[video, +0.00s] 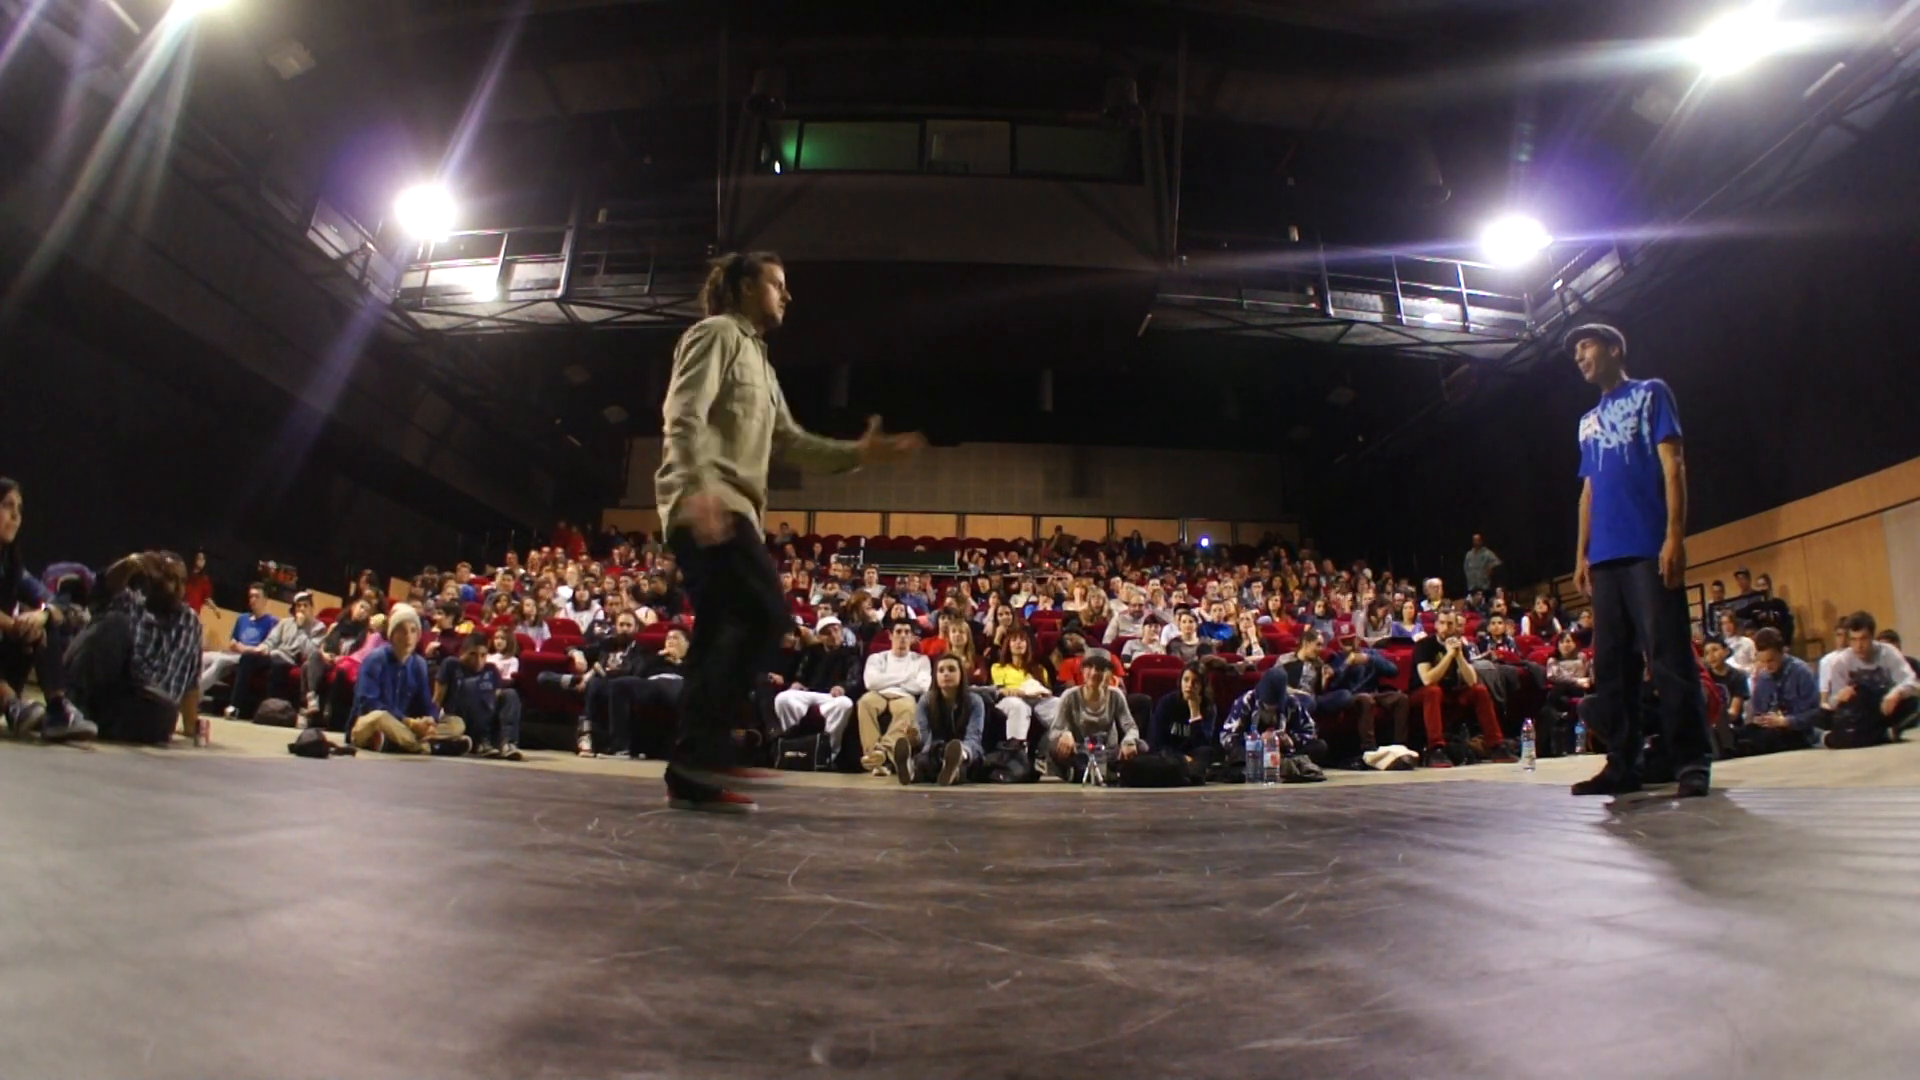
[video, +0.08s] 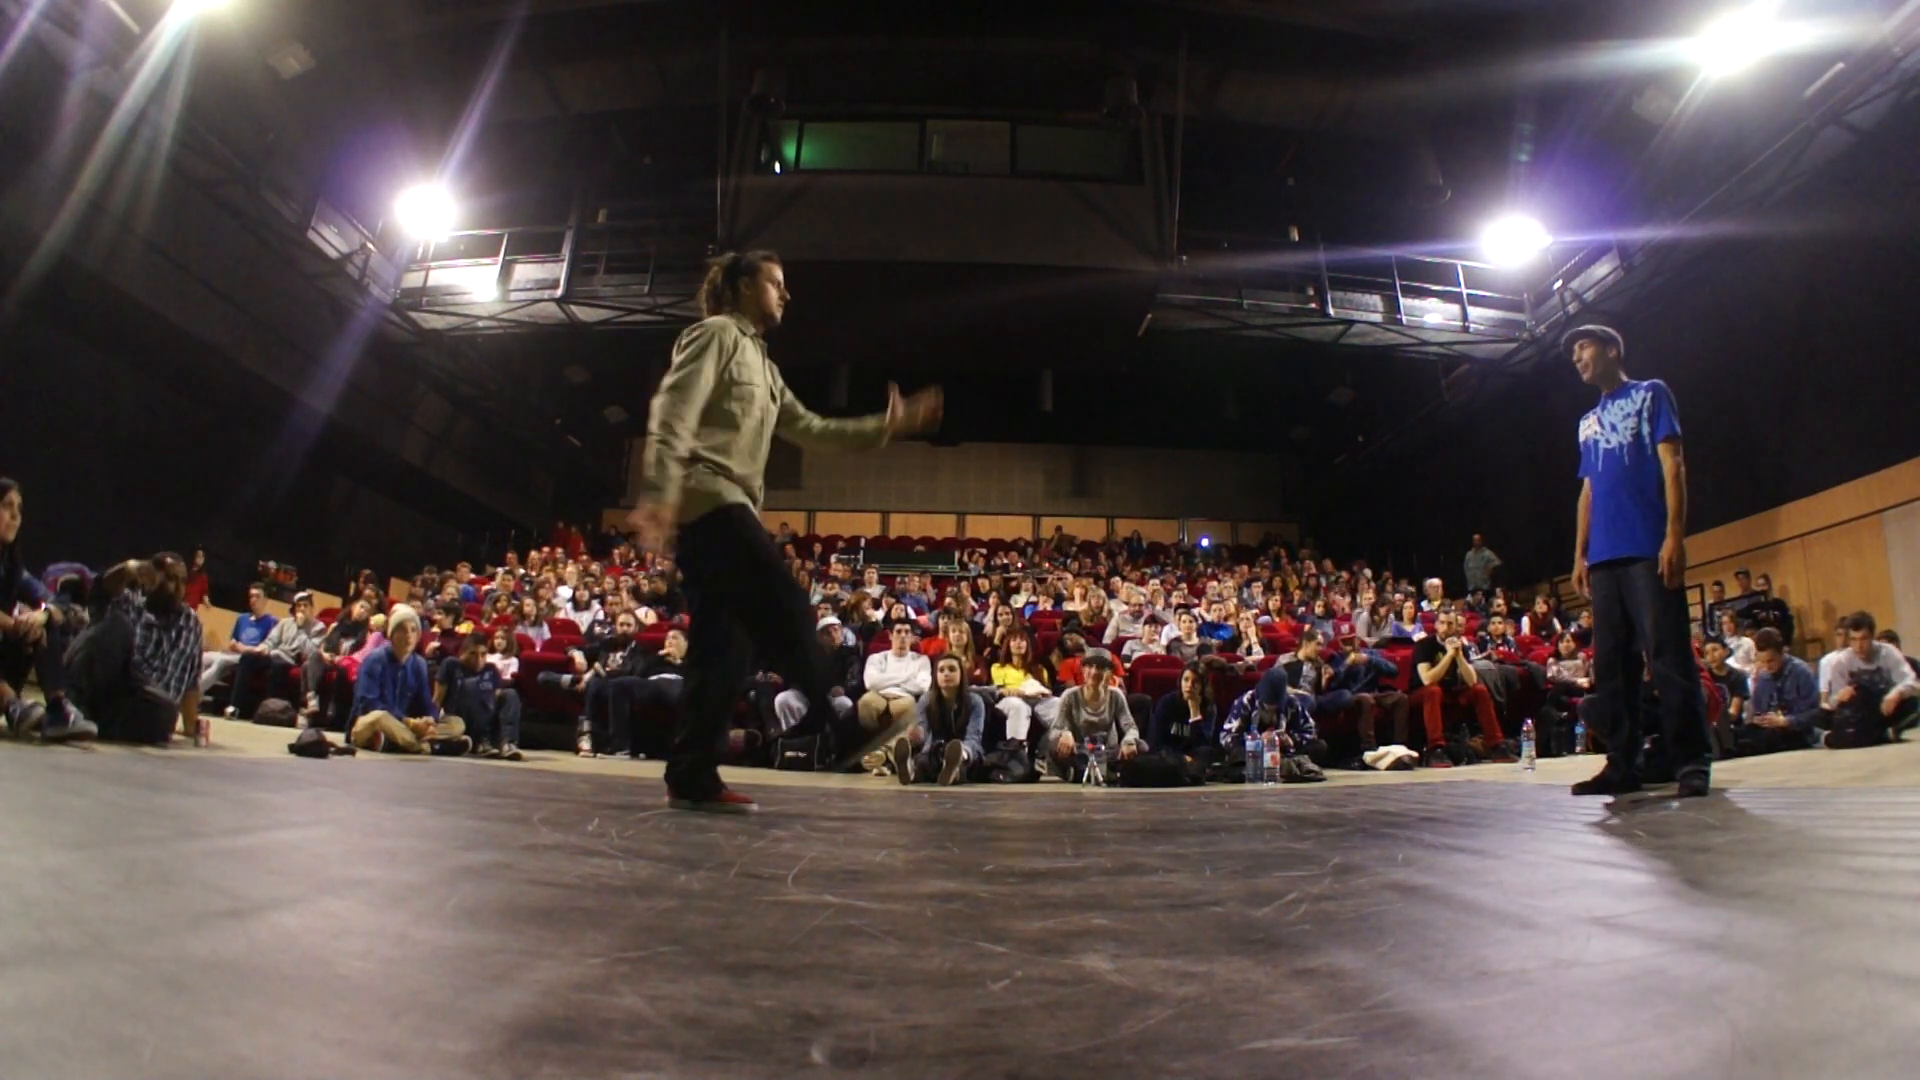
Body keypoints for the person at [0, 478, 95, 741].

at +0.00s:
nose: (15, 516)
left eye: (18, 509)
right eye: (8, 506)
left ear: (20, 516)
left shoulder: (11, 565)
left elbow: (57, 609)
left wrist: (43, 614)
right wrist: (12, 623)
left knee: (45, 625)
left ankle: (57, 708)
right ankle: (12, 705)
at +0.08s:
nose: (15, 516)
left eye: (18, 508)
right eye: (7, 507)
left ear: (21, 515)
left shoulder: (11, 565)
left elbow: (56, 609)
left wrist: (42, 614)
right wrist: (13, 623)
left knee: (44, 625)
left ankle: (57, 708)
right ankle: (11, 704)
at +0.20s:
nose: (11, 515)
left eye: (16, 507)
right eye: (4, 506)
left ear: (20, 514)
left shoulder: (11, 567)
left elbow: (57, 609)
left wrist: (42, 614)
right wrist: (10, 622)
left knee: (45, 625)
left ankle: (57, 708)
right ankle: (11, 704)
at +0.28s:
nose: (10, 515)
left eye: (14, 508)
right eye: (4, 507)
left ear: (20, 515)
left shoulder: (12, 568)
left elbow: (58, 610)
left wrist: (42, 614)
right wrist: (11, 623)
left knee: (44, 625)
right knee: (13, 629)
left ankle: (57, 708)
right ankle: (11, 705)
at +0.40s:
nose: (9, 514)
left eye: (14, 507)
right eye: (3, 506)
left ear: (19, 515)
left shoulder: (12, 566)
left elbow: (57, 611)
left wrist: (42, 613)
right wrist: (11, 623)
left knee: (45, 625)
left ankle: (57, 708)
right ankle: (11, 705)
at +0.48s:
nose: (10, 515)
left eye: (15, 507)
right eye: (4, 506)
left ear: (20, 515)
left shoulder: (12, 567)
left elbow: (59, 611)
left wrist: (42, 613)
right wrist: (12, 624)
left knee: (44, 626)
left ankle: (58, 708)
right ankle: (11, 704)